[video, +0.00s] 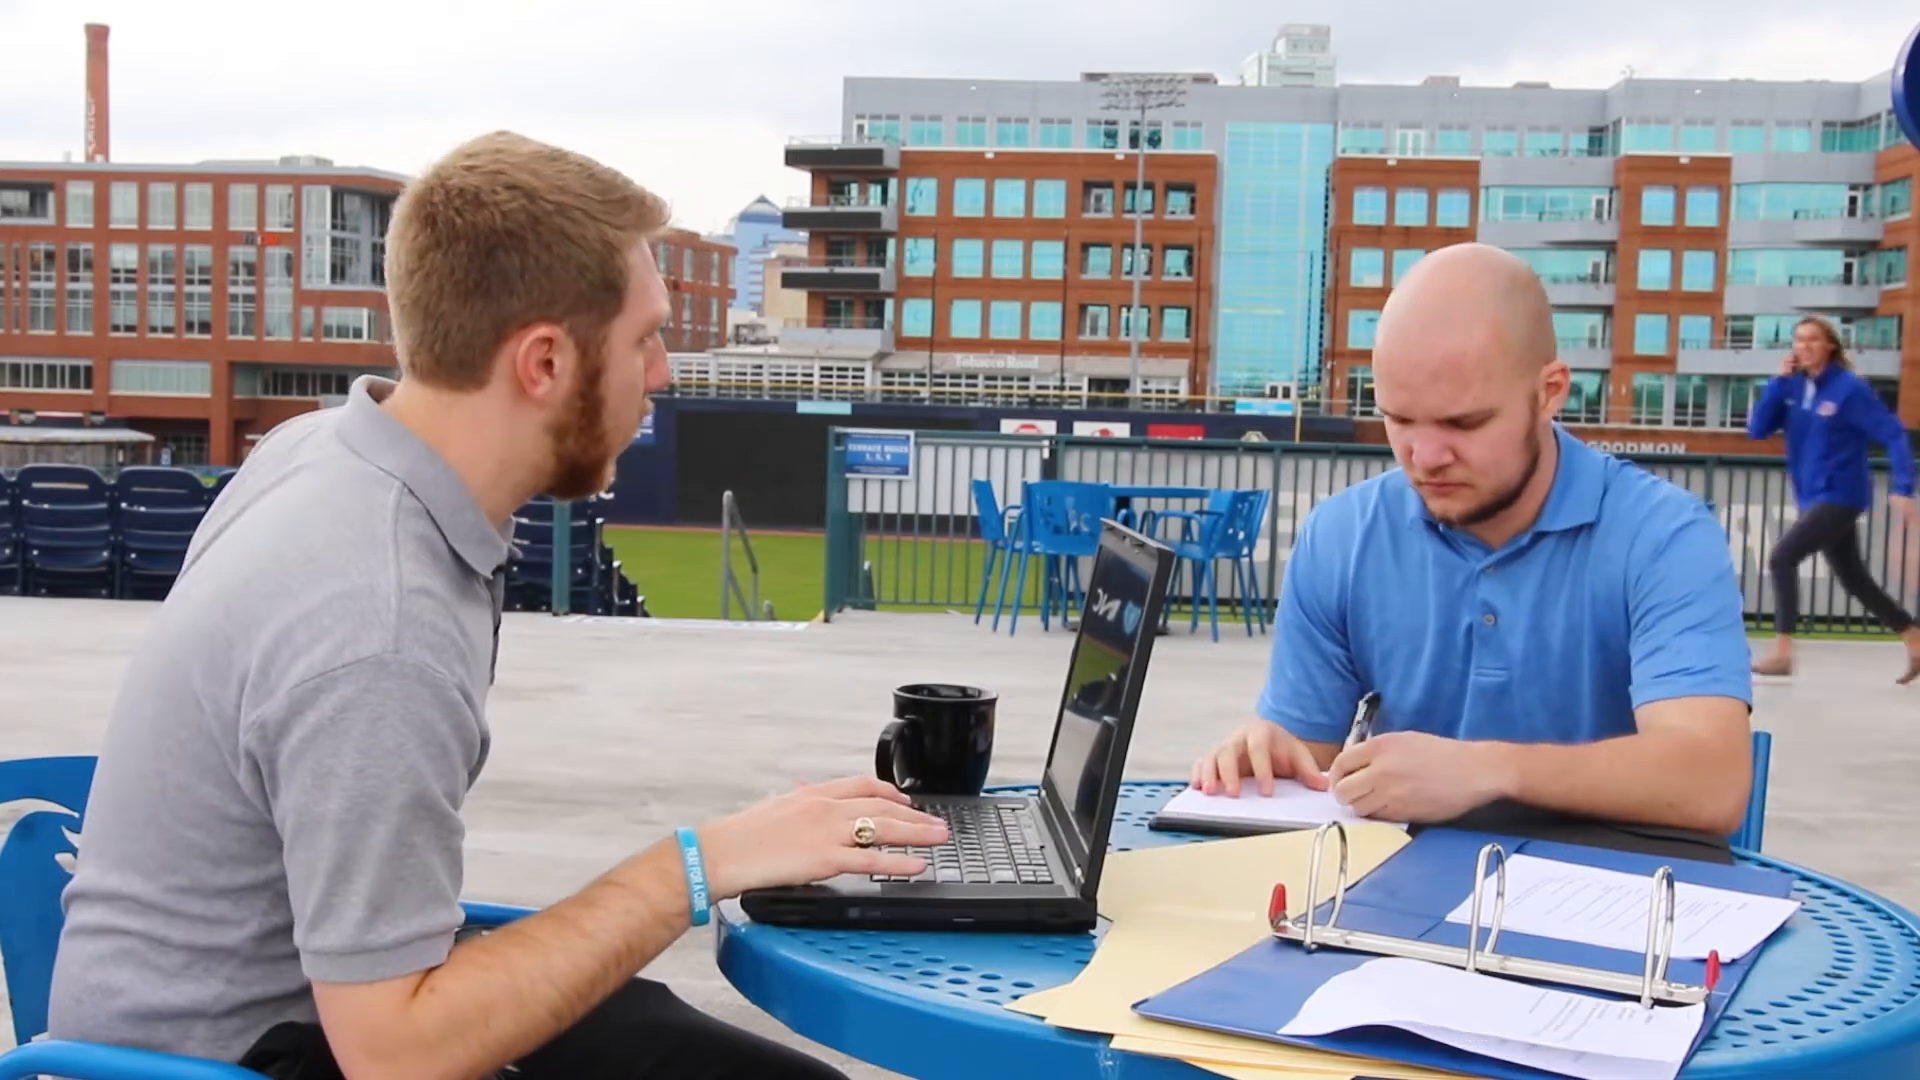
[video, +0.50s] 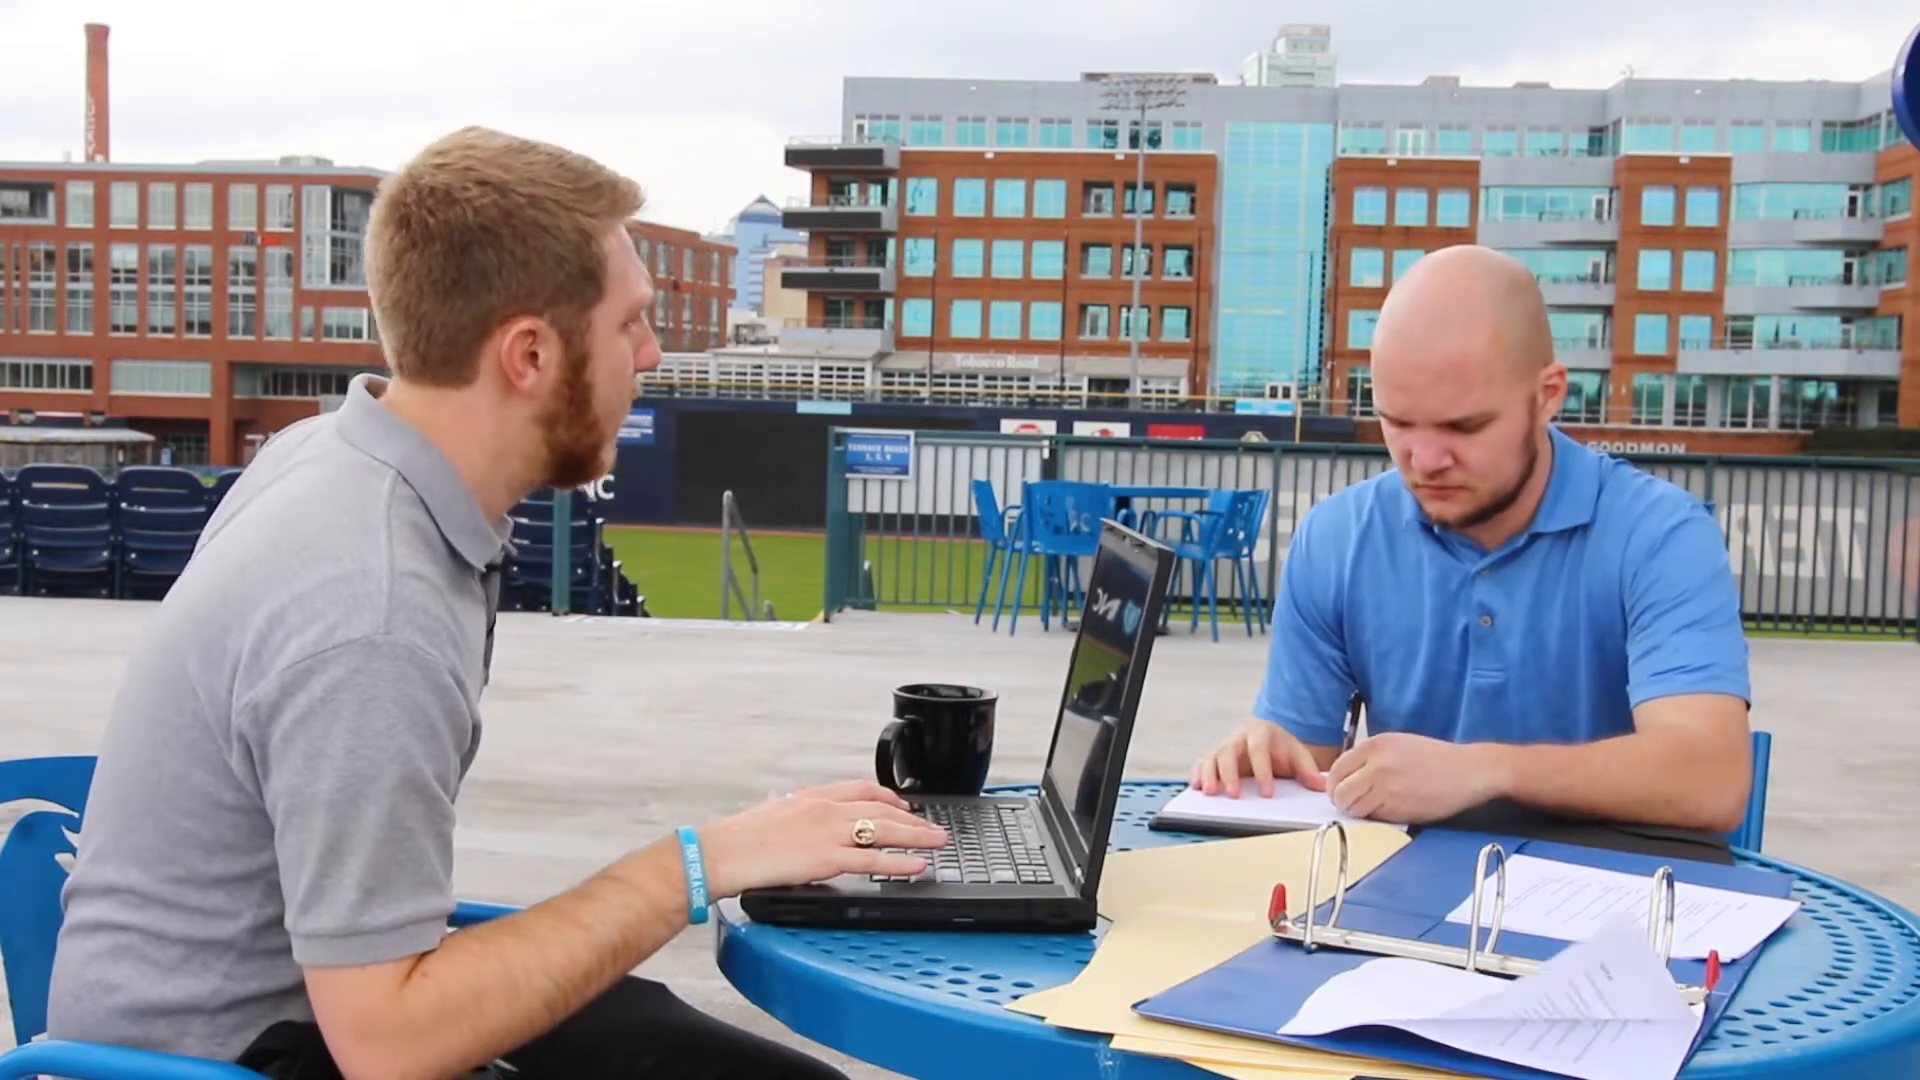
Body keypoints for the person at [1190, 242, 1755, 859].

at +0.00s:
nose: (1425, 458)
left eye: (1464, 424)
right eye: (1400, 421)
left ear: (1550, 393)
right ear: (1379, 393)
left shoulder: (1661, 536)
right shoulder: (1341, 538)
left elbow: (1707, 783)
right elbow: (1308, 755)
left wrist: (1486, 769)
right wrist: (1261, 753)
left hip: (1615, 908)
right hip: (1395, 893)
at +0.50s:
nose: (1424, 461)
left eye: (1464, 427)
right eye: (1398, 424)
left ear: (1548, 395)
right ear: (1377, 394)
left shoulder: (1658, 537)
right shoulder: (1336, 542)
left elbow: (1706, 781)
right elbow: (1306, 756)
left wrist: (1480, 770)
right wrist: (1261, 753)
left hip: (1613, 906)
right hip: (1399, 893)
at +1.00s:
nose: (1431, 456)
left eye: (1473, 422)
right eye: (1406, 418)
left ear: (1556, 394)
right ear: (1384, 385)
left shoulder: (1660, 535)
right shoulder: (1341, 537)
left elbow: (1705, 778)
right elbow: (1308, 754)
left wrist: (1477, 769)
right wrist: (1261, 751)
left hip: (1613, 902)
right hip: (1397, 886)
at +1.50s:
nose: (1429, 423)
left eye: (1472, 393)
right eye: (1413, 383)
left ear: (1568, 387)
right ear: (1397, 367)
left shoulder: (1669, 533)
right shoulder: (1353, 528)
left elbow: (1707, 776)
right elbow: (1315, 741)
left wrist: (1476, 776)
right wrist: (1267, 743)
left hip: (1614, 901)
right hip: (1400, 883)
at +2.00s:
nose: (1454, 356)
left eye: (1459, 332)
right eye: (1454, 331)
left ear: (1510, 348)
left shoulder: (1701, 501)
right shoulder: (1492, 479)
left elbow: (1726, 779)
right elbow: (1438, 644)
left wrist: (1466, 774)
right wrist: (1355, 763)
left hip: (1638, 918)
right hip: (1455, 882)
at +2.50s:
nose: (1465, 359)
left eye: (1473, 334)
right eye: (1467, 333)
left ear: (1531, 351)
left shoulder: (1705, 507)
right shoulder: (1500, 479)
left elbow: (1727, 780)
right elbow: (1447, 643)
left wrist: (1469, 773)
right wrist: (1361, 760)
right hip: (1460, 880)